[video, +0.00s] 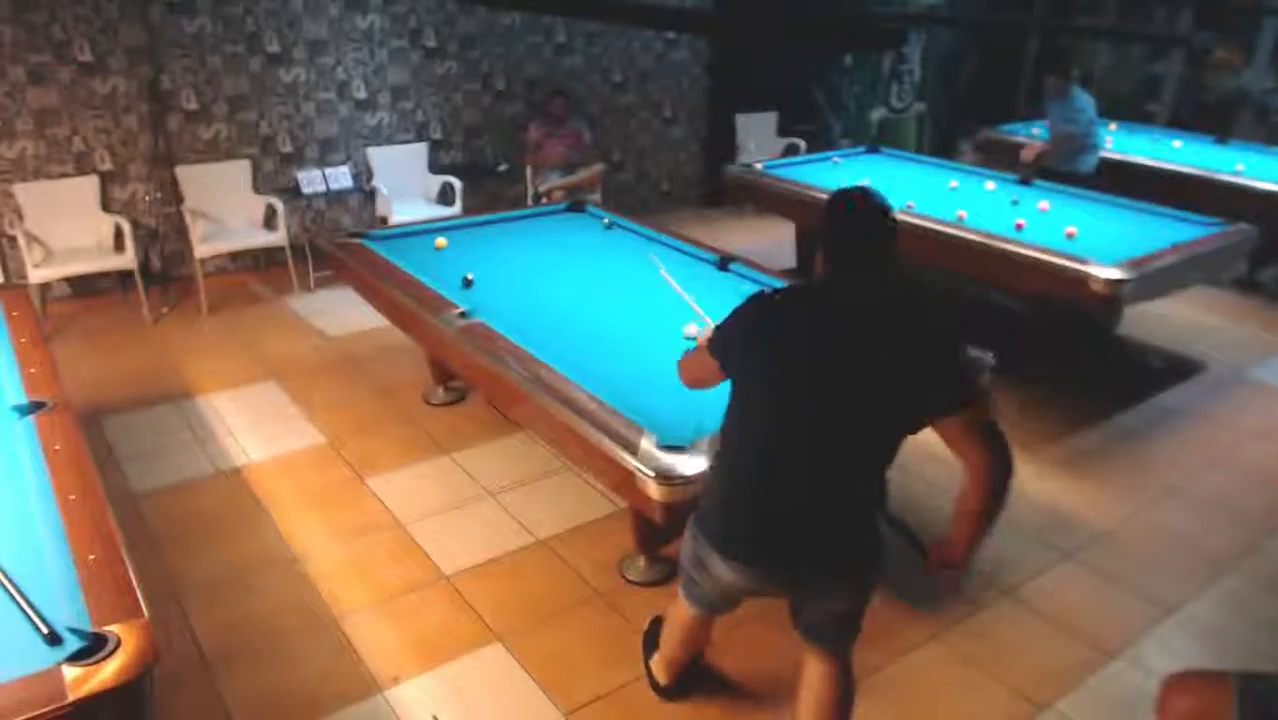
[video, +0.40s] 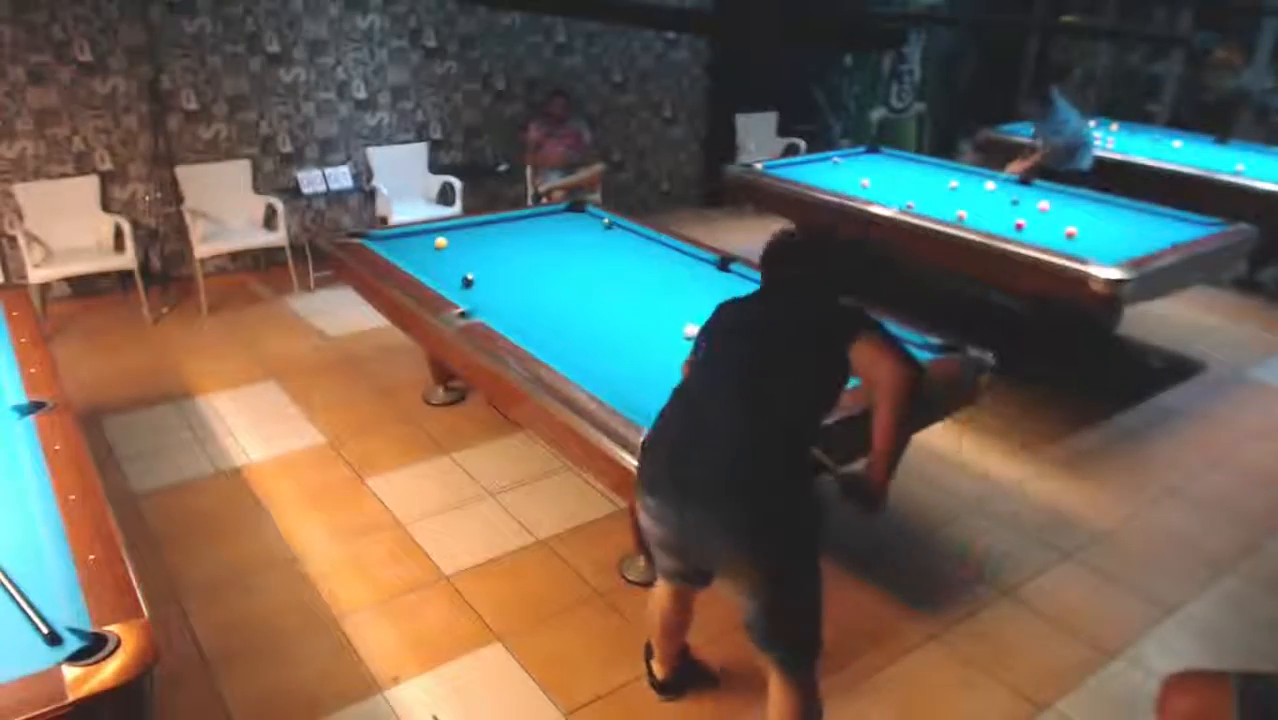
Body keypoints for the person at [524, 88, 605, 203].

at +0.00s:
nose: (558, 111)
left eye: (562, 107)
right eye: (554, 107)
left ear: (568, 109)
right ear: (547, 108)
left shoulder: (578, 127)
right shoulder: (537, 128)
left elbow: (588, 152)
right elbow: (530, 160)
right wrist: (531, 194)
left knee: (599, 167)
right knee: (559, 195)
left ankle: (550, 188)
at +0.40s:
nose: (558, 111)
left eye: (562, 107)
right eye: (554, 107)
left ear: (568, 108)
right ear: (547, 107)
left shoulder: (578, 127)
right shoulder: (537, 128)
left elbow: (588, 152)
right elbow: (530, 159)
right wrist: (531, 194)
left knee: (599, 168)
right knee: (559, 195)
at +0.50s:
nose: (559, 111)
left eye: (563, 106)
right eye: (555, 106)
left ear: (569, 107)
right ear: (548, 107)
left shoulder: (577, 125)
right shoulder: (538, 126)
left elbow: (589, 148)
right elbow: (530, 156)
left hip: (573, 168)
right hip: (546, 170)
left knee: (599, 168)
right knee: (559, 195)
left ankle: (548, 188)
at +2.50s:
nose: (560, 111)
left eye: (563, 106)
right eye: (555, 107)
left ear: (568, 108)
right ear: (549, 108)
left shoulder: (578, 125)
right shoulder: (540, 127)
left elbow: (593, 155)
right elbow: (528, 157)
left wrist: (572, 160)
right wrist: (552, 162)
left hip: (576, 166)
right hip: (552, 169)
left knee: (601, 168)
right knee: (558, 196)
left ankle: (549, 187)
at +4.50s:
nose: (559, 110)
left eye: (563, 106)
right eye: (555, 106)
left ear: (568, 107)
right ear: (548, 108)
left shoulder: (578, 126)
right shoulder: (538, 127)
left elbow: (592, 154)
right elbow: (529, 156)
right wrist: (555, 161)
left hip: (576, 166)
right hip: (549, 170)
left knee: (600, 169)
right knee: (559, 196)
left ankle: (551, 186)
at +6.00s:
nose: (563, 110)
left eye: (566, 106)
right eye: (559, 106)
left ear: (571, 107)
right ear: (551, 108)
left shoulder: (579, 125)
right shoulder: (539, 126)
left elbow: (592, 154)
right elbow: (528, 157)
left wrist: (570, 160)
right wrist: (554, 162)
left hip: (575, 167)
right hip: (549, 171)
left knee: (601, 168)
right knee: (558, 196)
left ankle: (550, 187)